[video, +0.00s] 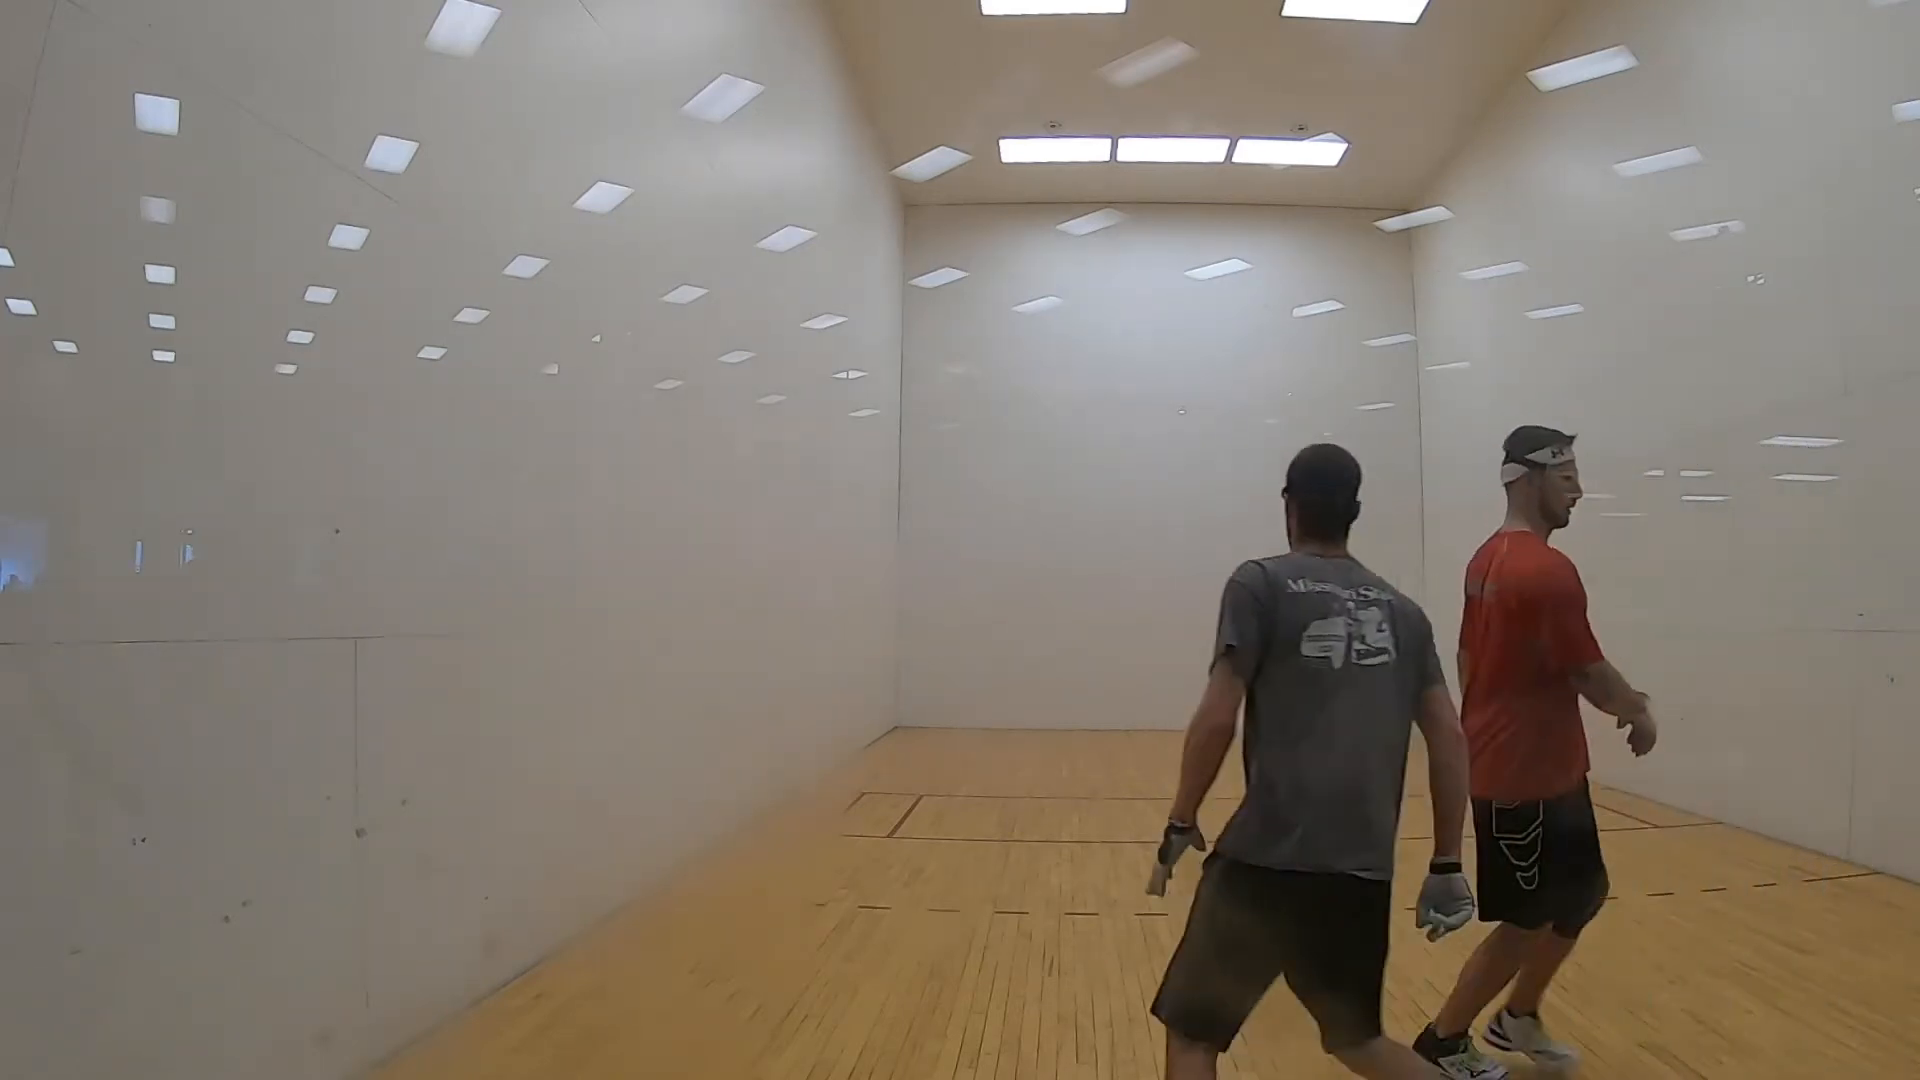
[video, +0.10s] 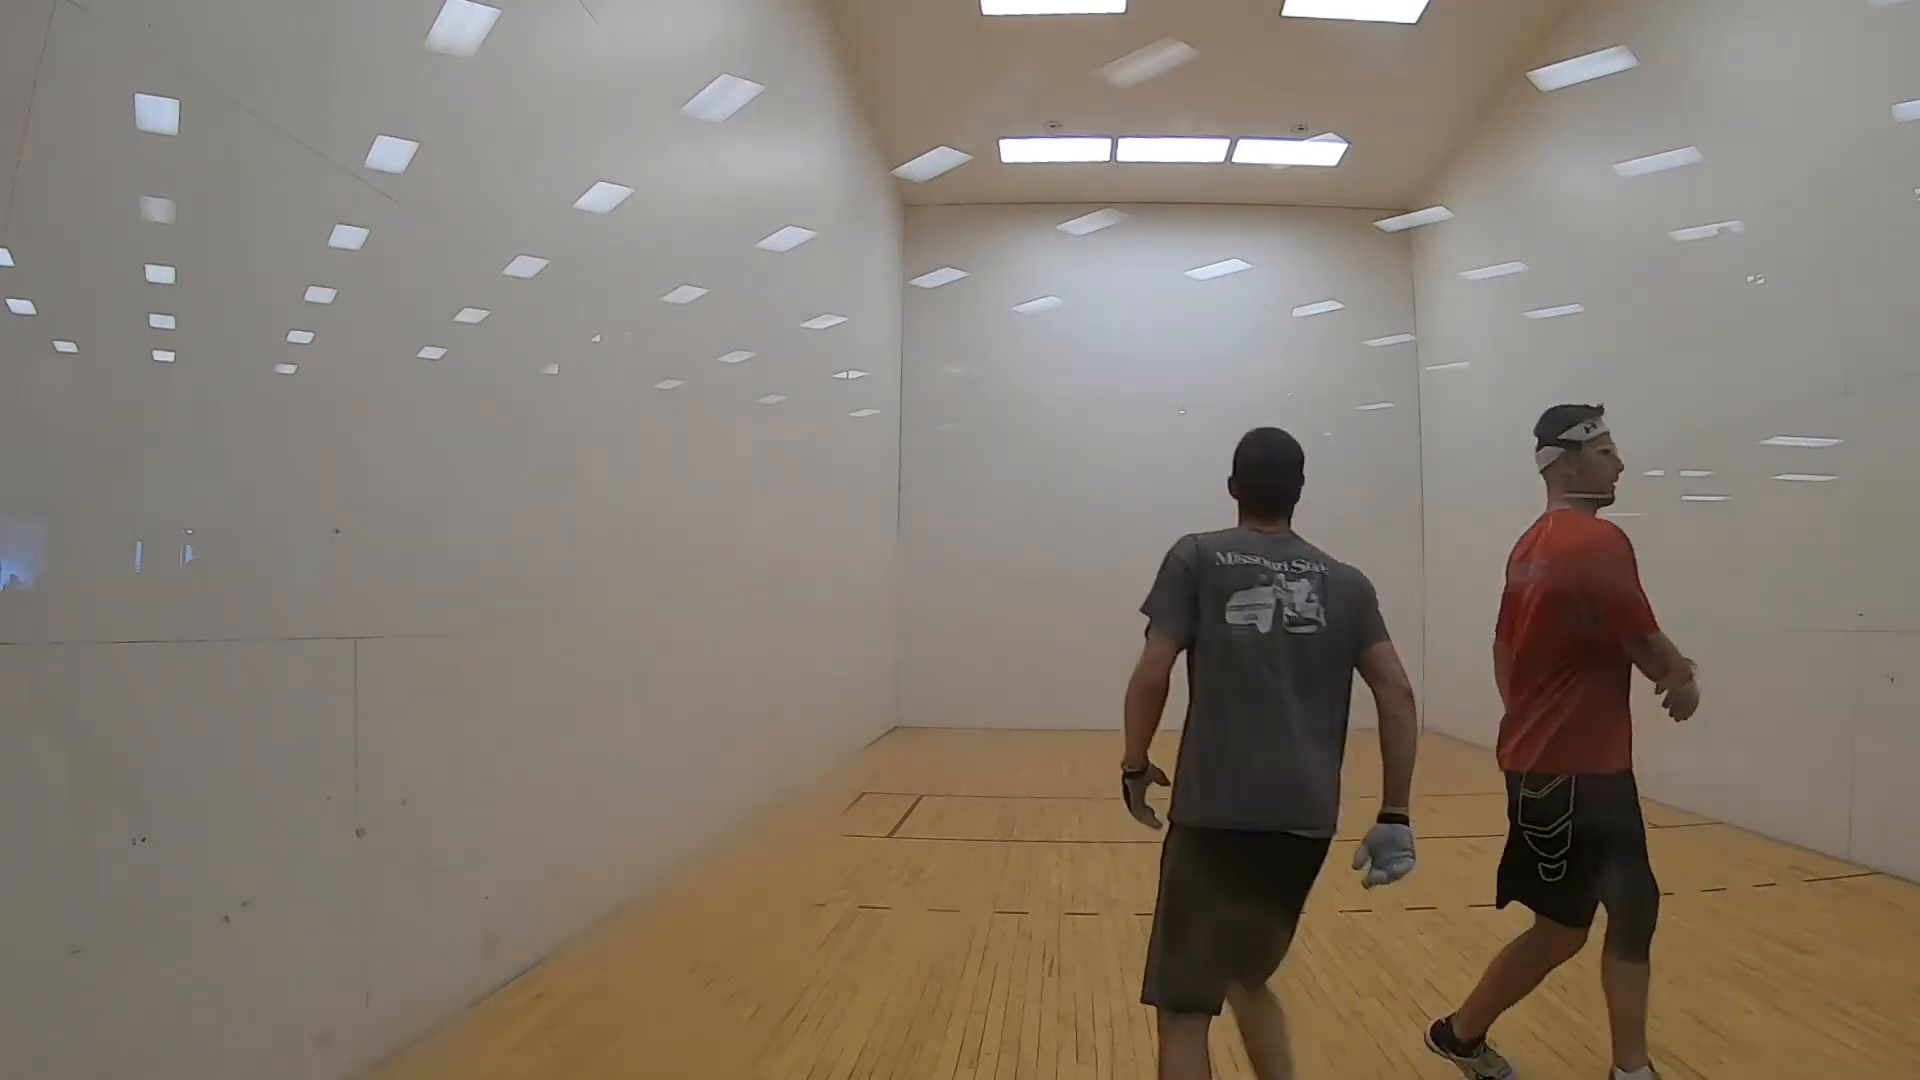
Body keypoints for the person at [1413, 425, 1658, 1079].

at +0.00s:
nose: (1577, 485)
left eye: (1575, 473)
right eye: (1565, 473)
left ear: (1521, 484)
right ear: (1526, 481)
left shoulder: (1487, 560)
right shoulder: (1548, 570)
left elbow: (1471, 668)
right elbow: (1589, 672)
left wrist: (1476, 742)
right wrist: (1638, 710)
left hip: (1540, 773)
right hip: (1525, 779)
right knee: (1530, 917)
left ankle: (1518, 1019)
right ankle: (1442, 1041)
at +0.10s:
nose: (1618, 459)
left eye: (1613, 446)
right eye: (1604, 448)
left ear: (1559, 466)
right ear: (1564, 464)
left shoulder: (1534, 543)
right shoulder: (1598, 542)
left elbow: (1604, 632)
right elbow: (1648, 649)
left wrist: (1673, 662)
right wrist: (1684, 685)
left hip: (1591, 765)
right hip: (1564, 769)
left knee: (1634, 908)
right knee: (1561, 932)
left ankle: (1632, 1069)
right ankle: (1460, 1032)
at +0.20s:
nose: (1660, 472)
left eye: (1653, 460)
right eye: (1644, 463)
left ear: (1601, 488)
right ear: (1600, 484)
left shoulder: (1582, 566)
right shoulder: (1637, 564)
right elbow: (1716, 675)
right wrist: (1736, 670)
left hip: (1623, 792)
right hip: (1617, 797)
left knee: (1684, 967)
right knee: (1652, 975)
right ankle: (1503, 1060)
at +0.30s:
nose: (1706, 484)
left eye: (1698, 472)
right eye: (1687, 475)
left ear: (1648, 504)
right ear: (1645, 499)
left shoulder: (1639, 584)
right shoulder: (1664, 593)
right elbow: (1741, 715)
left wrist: (1775, 710)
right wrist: (1798, 708)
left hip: (1659, 821)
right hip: (1648, 828)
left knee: (1747, 974)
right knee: (1728, 991)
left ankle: (1677, 1068)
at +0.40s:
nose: (1744, 500)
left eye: (1735, 489)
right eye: (1726, 490)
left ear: (1686, 521)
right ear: (1687, 514)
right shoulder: (1700, 619)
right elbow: (1755, 750)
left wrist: (1796, 780)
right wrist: (1846, 778)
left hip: (1661, 849)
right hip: (1682, 857)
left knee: (1745, 1008)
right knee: (1775, 1028)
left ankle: (1701, 1073)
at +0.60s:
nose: (1802, 499)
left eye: (1791, 488)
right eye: (1784, 491)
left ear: (1756, 521)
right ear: (1752, 518)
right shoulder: (1741, 631)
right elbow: (1750, 781)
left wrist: (1838, 845)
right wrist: (1840, 848)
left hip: (1738, 858)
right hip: (1714, 873)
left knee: (1819, 956)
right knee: (1810, 1048)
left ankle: (1754, 1066)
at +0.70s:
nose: (1818, 484)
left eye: (1808, 474)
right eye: (1801, 475)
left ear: (1769, 503)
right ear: (1769, 499)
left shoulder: (1786, 598)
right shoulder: (1744, 605)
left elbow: (1809, 711)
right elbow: (1732, 735)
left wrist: (1836, 788)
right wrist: (1830, 799)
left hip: (1749, 829)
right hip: (1719, 838)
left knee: (1819, 934)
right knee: (1780, 1021)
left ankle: (1768, 1061)